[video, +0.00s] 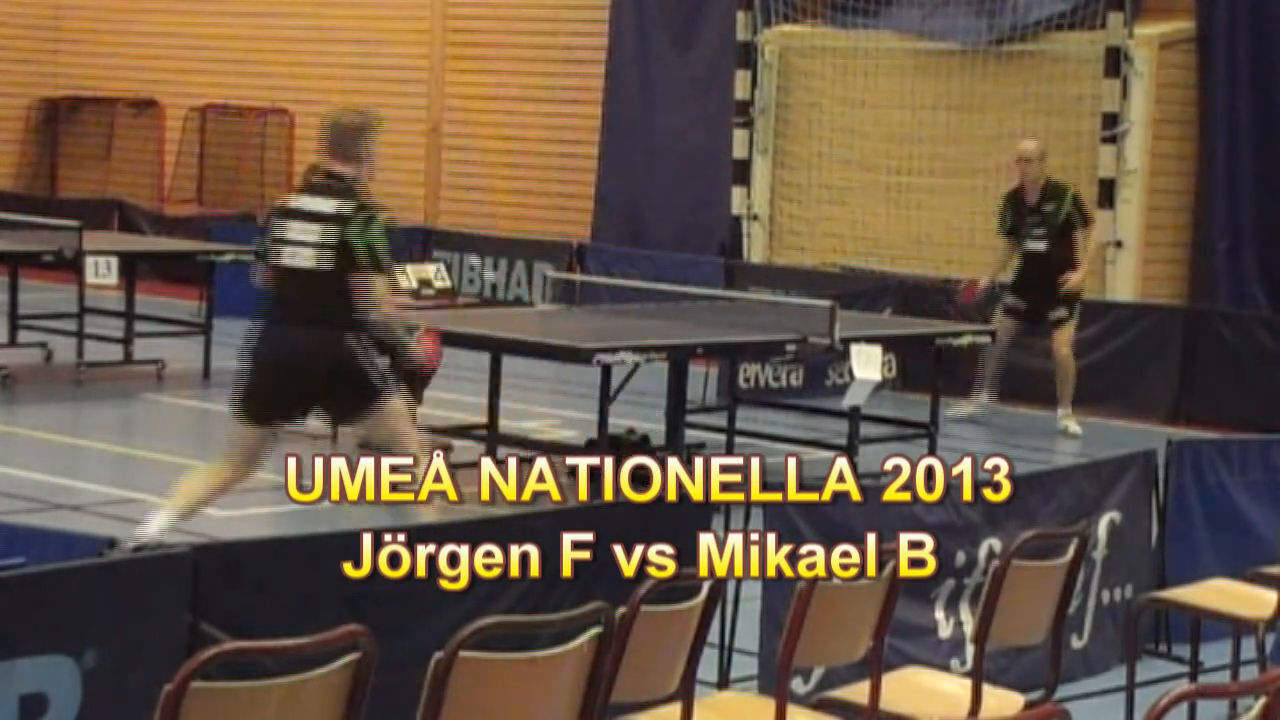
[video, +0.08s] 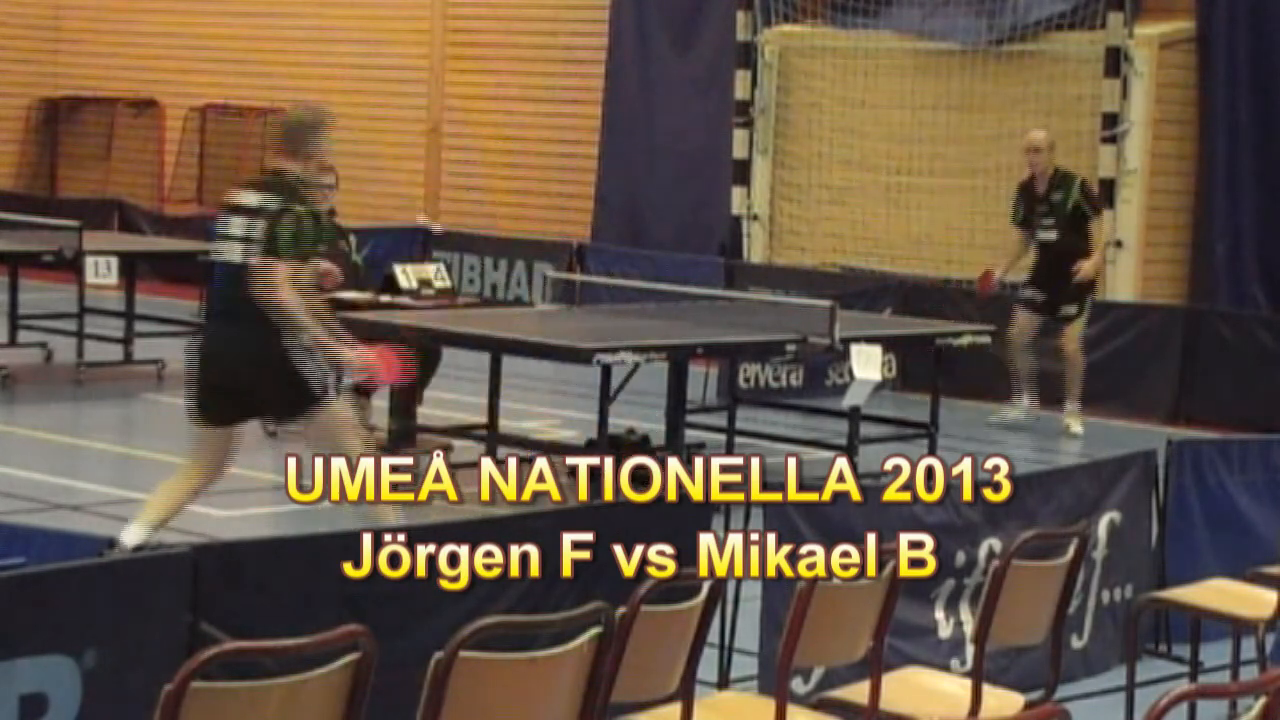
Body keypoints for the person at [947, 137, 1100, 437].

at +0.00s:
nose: (1023, 167)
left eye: (1029, 162)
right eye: (1019, 162)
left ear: (1043, 164)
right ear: (1015, 164)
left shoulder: (1065, 195)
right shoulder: (1012, 200)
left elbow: (1089, 234)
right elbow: (1010, 245)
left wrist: (1080, 272)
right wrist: (989, 276)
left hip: (1060, 278)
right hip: (1026, 276)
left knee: (1061, 348)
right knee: (999, 334)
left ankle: (1065, 413)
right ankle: (984, 397)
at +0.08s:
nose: (1031, 158)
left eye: (1037, 151)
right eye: (1028, 152)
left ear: (1051, 153)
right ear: (1023, 156)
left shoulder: (1076, 187)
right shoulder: (1026, 191)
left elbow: (1099, 224)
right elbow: (1023, 238)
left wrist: (1095, 260)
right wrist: (1000, 269)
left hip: (1076, 268)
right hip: (1044, 266)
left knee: (1070, 343)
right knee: (1018, 333)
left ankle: (1072, 411)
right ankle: (1025, 403)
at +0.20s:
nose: (1048, 157)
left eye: (1054, 150)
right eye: (1043, 151)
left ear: (1067, 151)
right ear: (1038, 154)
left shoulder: (1089, 184)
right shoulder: (1042, 191)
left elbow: (1117, 226)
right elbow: (1040, 240)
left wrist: (1103, 261)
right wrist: (1017, 267)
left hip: (1096, 270)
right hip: (1065, 270)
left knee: (1094, 341)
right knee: (1050, 341)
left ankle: (1119, 410)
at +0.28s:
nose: (1060, 165)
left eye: (1065, 159)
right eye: (1055, 160)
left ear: (1078, 159)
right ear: (1049, 163)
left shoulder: (1099, 191)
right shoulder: (1054, 200)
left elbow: (1129, 234)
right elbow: (1051, 248)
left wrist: (1107, 271)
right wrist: (1028, 274)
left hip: (1109, 280)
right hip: (1077, 280)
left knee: (1119, 349)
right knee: (1058, 348)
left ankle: (1153, 420)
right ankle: (1081, 418)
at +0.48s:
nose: (1081, 174)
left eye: (1086, 167)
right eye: (1076, 168)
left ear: (1102, 166)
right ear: (1073, 171)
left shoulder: (1124, 195)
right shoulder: (1090, 210)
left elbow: (1152, 234)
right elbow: (1090, 265)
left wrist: (1120, 273)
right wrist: (1062, 291)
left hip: (1151, 289)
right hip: (1119, 291)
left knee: (1159, 358)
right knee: (1092, 353)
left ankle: (1179, 425)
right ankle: (1089, 419)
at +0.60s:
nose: (1090, 173)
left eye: (1095, 166)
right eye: (1086, 167)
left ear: (1113, 166)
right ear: (1083, 171)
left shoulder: (1130, 192)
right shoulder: (1104, 204)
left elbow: (1154, 233)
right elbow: (1116, 266)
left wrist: (1126, 272)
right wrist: (1091, 300)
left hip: (1173, 287)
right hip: (1143, 290)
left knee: (1165, 352)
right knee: (1109, 347)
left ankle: (1195, 418)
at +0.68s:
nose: (1098, 180)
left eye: (1103, 172)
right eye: (1093, 174)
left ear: (1119, 172)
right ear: (1089, 177)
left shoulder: (1135, 201)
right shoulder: (1114, 209)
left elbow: (1147, 247)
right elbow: (1117, 260)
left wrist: (1118, 289)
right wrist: (1106, 304)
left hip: (1176, 292)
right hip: (1150, 295)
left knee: (1173, 360)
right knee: (1124, 356)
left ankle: (1220, 422)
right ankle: (1147, 427)